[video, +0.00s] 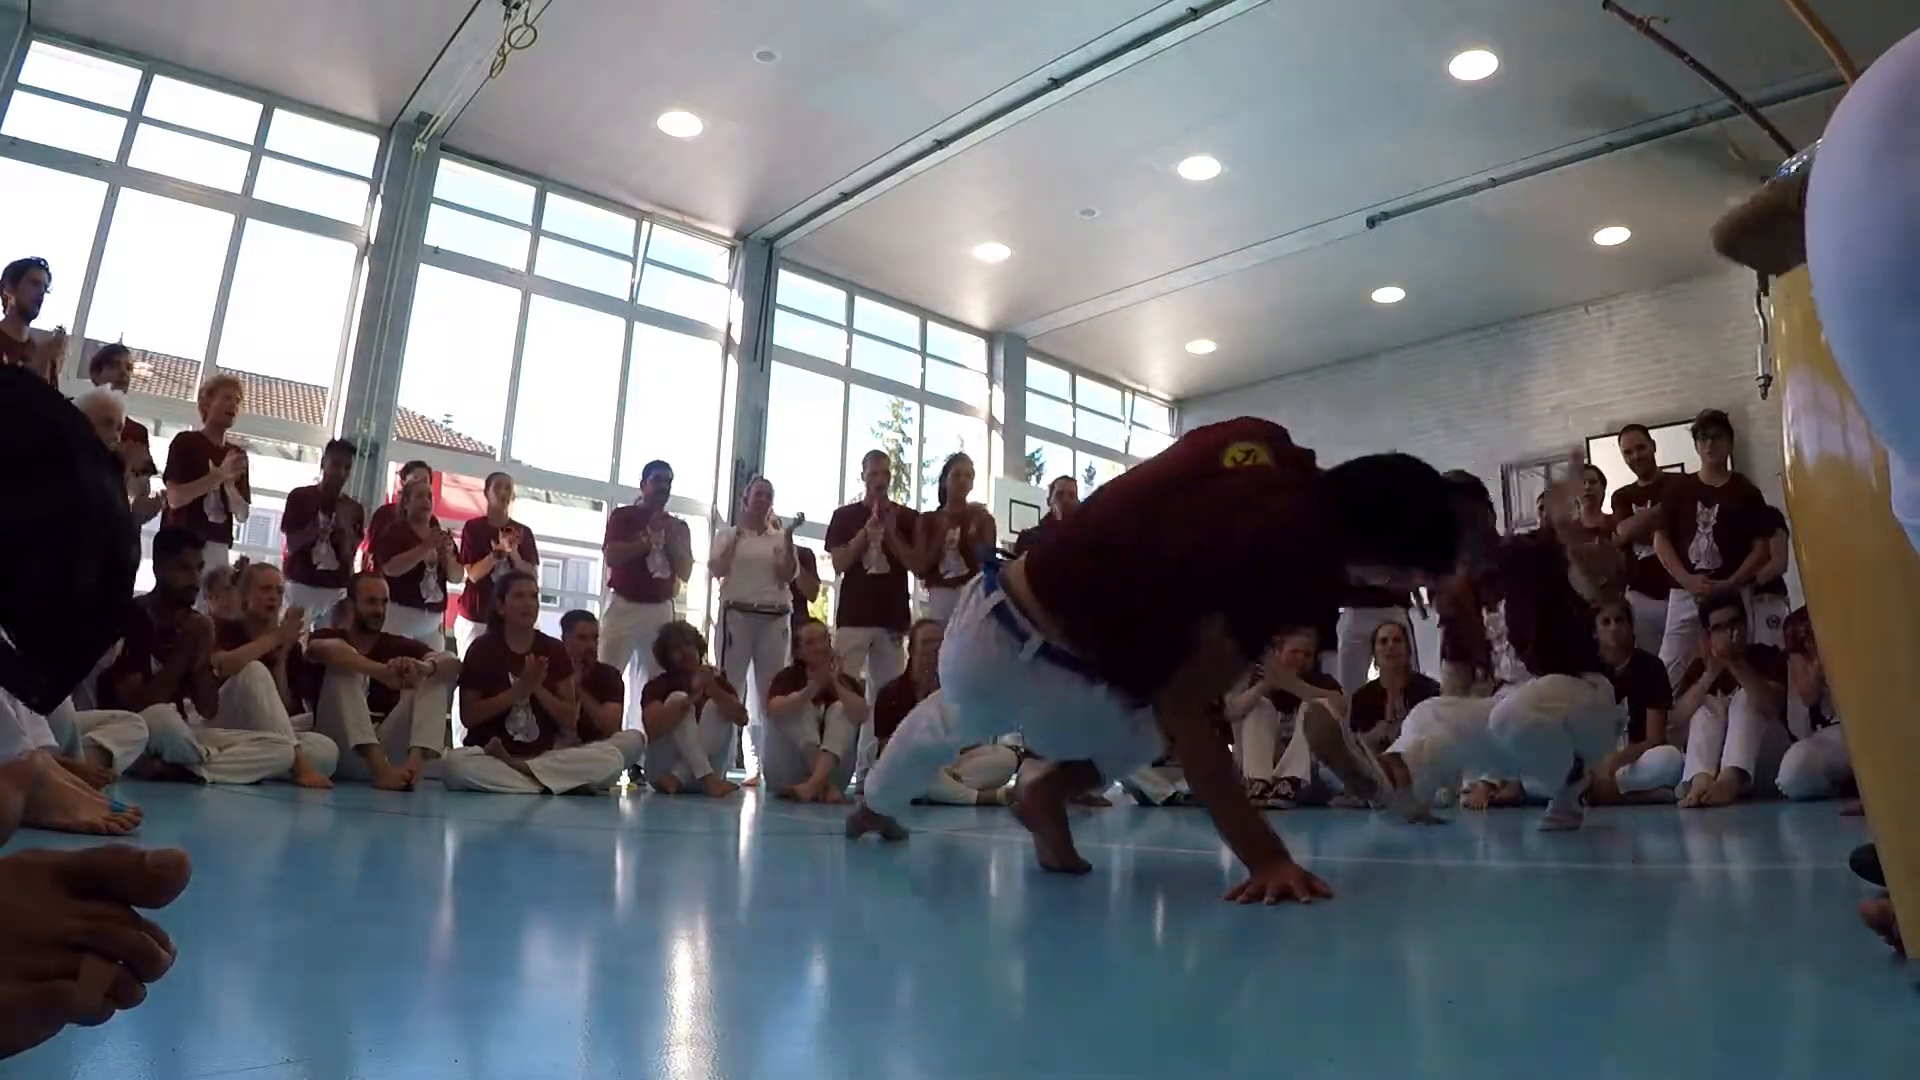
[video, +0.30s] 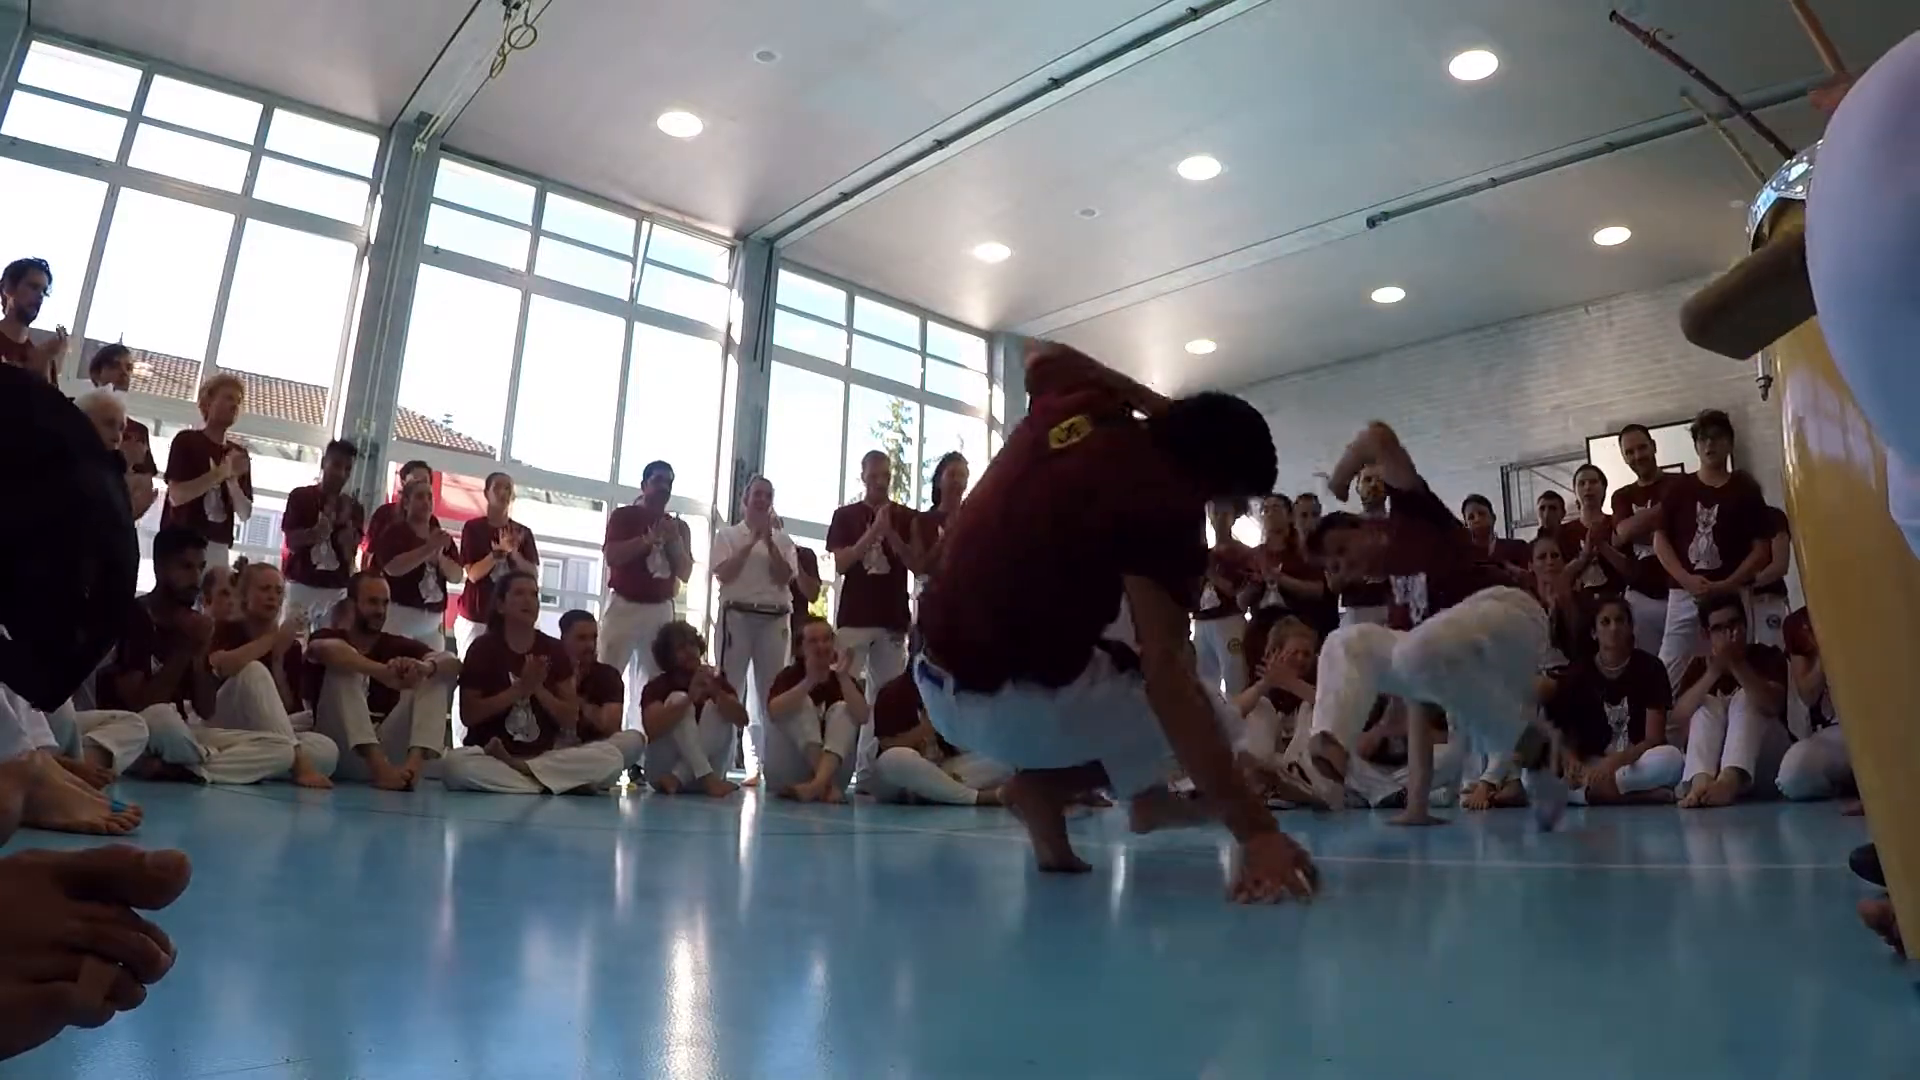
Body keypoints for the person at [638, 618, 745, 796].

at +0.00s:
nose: (686, 652)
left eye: (689, 645)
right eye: (677, 648)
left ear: (698, 647)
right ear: (666, 656)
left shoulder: (716, 680)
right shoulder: (655, 686)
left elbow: (742, 719)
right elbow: (652, 729)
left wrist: (712, 688)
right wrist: (688, 701)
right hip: (664, 771)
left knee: (719, 704)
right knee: (678, 699)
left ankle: (678, 776)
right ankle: (708, 776)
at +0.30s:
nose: (691, 652)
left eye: (693, 645)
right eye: (682, 648)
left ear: (700, 647)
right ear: (669, 655)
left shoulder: (715, 680)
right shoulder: (655, 686)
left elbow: (742, 720)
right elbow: (652, 729)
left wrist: (715, 691)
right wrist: (691, 698)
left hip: (709, 770)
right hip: (664, 771)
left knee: (719, 706)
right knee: (678, 700)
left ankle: (678, 777)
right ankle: (707, 776)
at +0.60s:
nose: (691, 652)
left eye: (693, 645)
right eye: (682, 648)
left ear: (699, 647)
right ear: (668, 655)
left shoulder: (715, 680)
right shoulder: (655, 686)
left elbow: (742, 718)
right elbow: (652, 729)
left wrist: (710, 691)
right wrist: (694, 695)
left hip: (708, 770)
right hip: (664, 771)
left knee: (720, 703)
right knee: (679, 699)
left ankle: (678, 777)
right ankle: (708, 776)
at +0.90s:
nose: (690, 652)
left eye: (693, 646)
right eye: (681, 648)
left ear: (699, 648)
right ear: (668, 656)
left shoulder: (715, 679)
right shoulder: (655, 687)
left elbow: (742, 720)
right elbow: (652, 730)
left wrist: (715, 692)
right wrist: (685, 694)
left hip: (710, 770)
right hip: (665, 771)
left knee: (718, 704)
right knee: (676, 701)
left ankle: (678, 777)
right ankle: (708, 777)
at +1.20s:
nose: (691, 655)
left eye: (693, 648)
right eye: (682, 651)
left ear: (699, 649)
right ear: (667, 658)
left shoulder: (716, 681)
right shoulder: (654, 687)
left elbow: (741, 717)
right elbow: (652, 729)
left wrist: (710, 690)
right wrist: (690, 697)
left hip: (711, 769)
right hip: (665, 771)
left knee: (718, 703)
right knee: (676, 700)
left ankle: (678, 776)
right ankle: (708, 776)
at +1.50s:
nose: (690, 658)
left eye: (694, 650)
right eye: (682, 652)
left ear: (701, 652)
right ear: (667, 658)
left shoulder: (715, 682)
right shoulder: (654, 688)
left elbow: (742, 718)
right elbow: (652, 729)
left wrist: (710, 689)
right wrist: (692, 695)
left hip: (710, 770)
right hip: (665, 771)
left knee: (719, 703)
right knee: (677, 700)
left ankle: (678, 776)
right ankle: (707, 776)